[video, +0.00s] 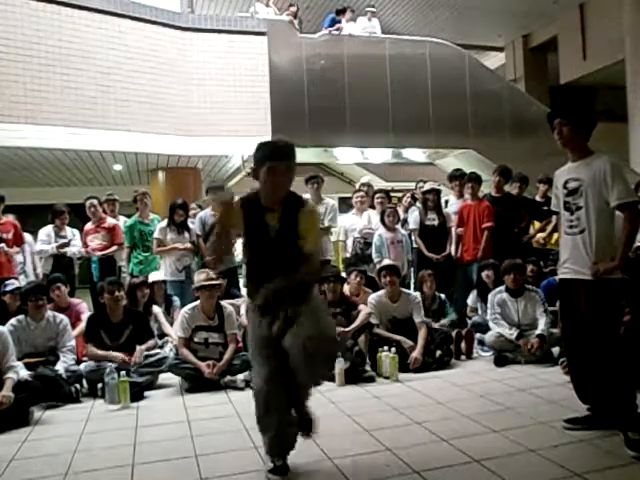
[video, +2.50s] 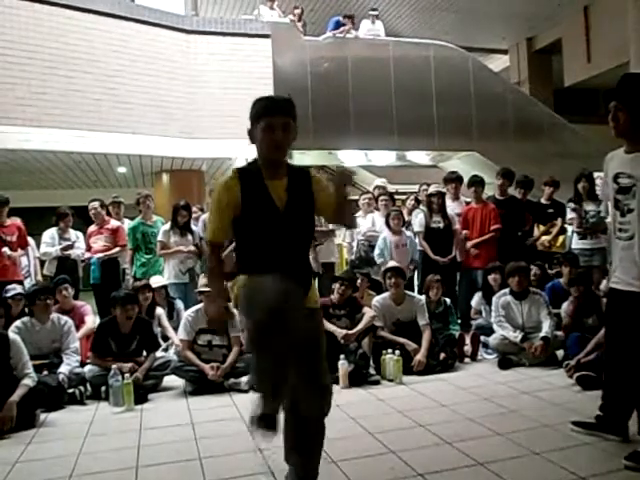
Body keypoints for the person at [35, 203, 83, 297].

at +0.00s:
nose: (64, 222)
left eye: (65, 219)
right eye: (61, 219)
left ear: (68, 218)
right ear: (54, 219)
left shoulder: (74, 232)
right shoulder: (45, 231)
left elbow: (79, 250)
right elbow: (38, 250)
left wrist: (66, 251)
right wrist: (55, 248)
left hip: (69, 272)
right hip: (50, 272)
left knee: (69, 301)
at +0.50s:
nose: (64, 222)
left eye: (65, 219)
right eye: (61, 219)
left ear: (68, 219)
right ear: (55, 219)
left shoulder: (74, 233)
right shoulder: (45, 231)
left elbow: (78, 250)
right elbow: (39, 251)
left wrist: (66, 251)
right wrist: (56, 248)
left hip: (69, 270)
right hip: (49, 271)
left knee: (69, 300)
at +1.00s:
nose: (64, 222)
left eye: (65, 219)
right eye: (61, 219)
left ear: (68, 219)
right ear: (54, 219)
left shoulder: (74, 232)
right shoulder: (45, 231)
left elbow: (78, 250)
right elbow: (38, 251)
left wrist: (66, 251)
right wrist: (55, 248)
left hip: (69, 271)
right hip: (49, 271)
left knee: (69, 300)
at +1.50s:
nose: (63, 222)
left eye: (65, 219)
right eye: (60, 219)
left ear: (68, 219)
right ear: (55, 219)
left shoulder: (74, 232)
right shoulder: (45, 231)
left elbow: (78, 250)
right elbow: (39, 250)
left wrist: (66, 251)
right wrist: (55, 248)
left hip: (69, 268)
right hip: (50, 268)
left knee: (69, 298)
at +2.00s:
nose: (68, 224)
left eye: (69, 221)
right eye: (65, 221)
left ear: (72, 221)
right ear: (59, 221)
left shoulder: (77, 234)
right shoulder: (49, 234)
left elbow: (81, 251)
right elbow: (42, 253)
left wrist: (70, 253)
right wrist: (59, 250)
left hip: (72, 270)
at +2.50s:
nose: (68, 224)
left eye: (69, 221)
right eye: (65, 222)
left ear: (72, 221)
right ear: (59, 222)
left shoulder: (78, 235)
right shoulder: (49, 234)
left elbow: (81, 252)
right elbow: (43, 252)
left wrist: (70, 254)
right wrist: (59, 250)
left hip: (73, 270)